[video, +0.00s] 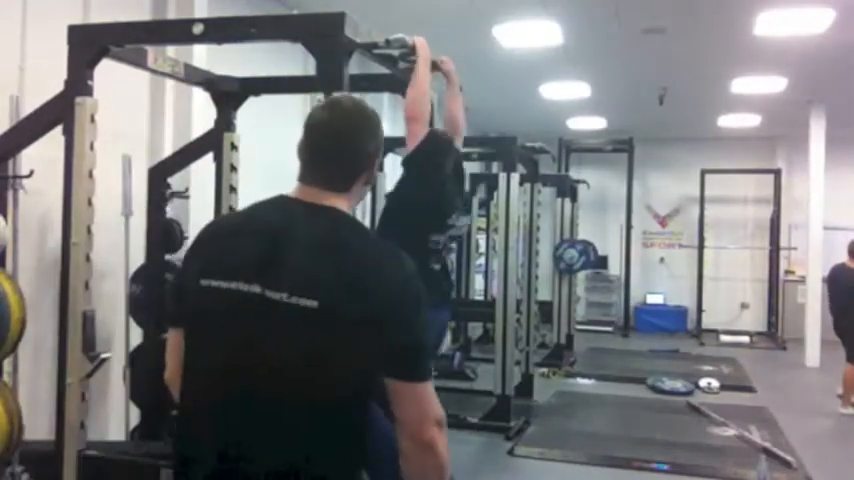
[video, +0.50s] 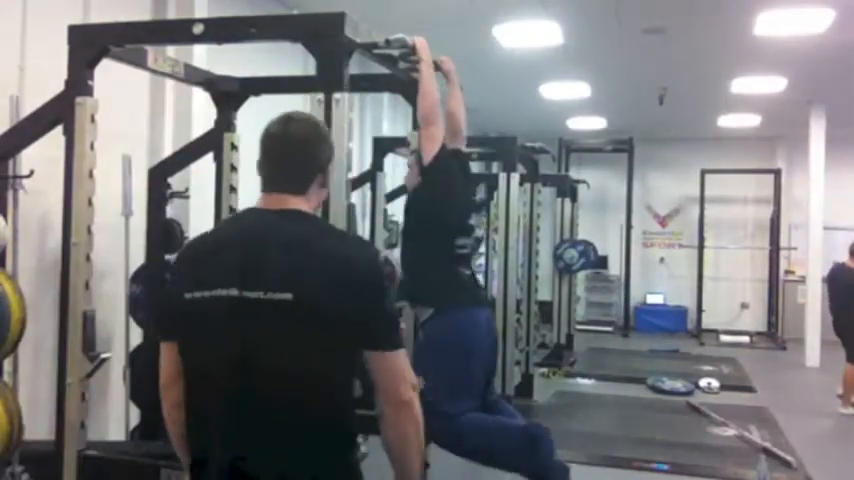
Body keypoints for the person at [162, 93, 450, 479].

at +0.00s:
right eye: (380, 163)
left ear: (300, 152)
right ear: (372, 169)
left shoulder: (217, 238)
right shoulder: (386, 272)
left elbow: (176, 376)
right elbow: (423, 430)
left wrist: (221, 438)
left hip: (215, 462)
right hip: (329, 465)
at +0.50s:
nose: (332, 179)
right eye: (331, 170)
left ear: (262, 170)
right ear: (323, 176)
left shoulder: (195, 257)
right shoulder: (355, 260)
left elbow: (171, 388)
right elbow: (399, 397)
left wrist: (192, 464)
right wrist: (410, 473)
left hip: (221, 466)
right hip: (322, 466)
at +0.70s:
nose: (314, 177)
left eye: (313, 167)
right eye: (314, 168)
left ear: (242, 167)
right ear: (304, 173)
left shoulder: (176, 260)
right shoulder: (332, 255)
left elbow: (169, 381)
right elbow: (377, 387)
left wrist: (203, 444)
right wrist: (384, 455)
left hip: (216, 464)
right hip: (312, 463)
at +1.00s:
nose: (314, 179)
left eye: (313, 169)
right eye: (314, 171)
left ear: (243, 169)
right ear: (303, 177)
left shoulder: (177, 261)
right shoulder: (331, 258)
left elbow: (171, 385)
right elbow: (372, 389)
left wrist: (205, 446)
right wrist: (355, 446)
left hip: (221, 463)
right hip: (315, 463)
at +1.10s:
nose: (319, 181)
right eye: (320, 173)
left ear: (251, 168)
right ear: (311, 179)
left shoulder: (187, 258)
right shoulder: (339, 262)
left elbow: (173, 381)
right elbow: (380, 391)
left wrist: (200, 451)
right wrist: (382, 452)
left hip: (225, 462)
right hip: (320, 462)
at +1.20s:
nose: (330, 177)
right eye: (329, 167)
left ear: (264, 170)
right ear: (323, 178)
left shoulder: (202, 256)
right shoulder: (351, 263)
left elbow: (181, 378)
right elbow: (390, 391)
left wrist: (198, 455)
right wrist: (407, 466)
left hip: (234, 463)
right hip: (329, 463)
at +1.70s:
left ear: (350, 169)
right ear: (411, 184)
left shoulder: (291, 249)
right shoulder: (434, 269)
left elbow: (266, 366)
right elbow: (468, 402)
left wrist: (300, 420)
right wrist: (472, 471)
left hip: (311, 455)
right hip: (401, 460)